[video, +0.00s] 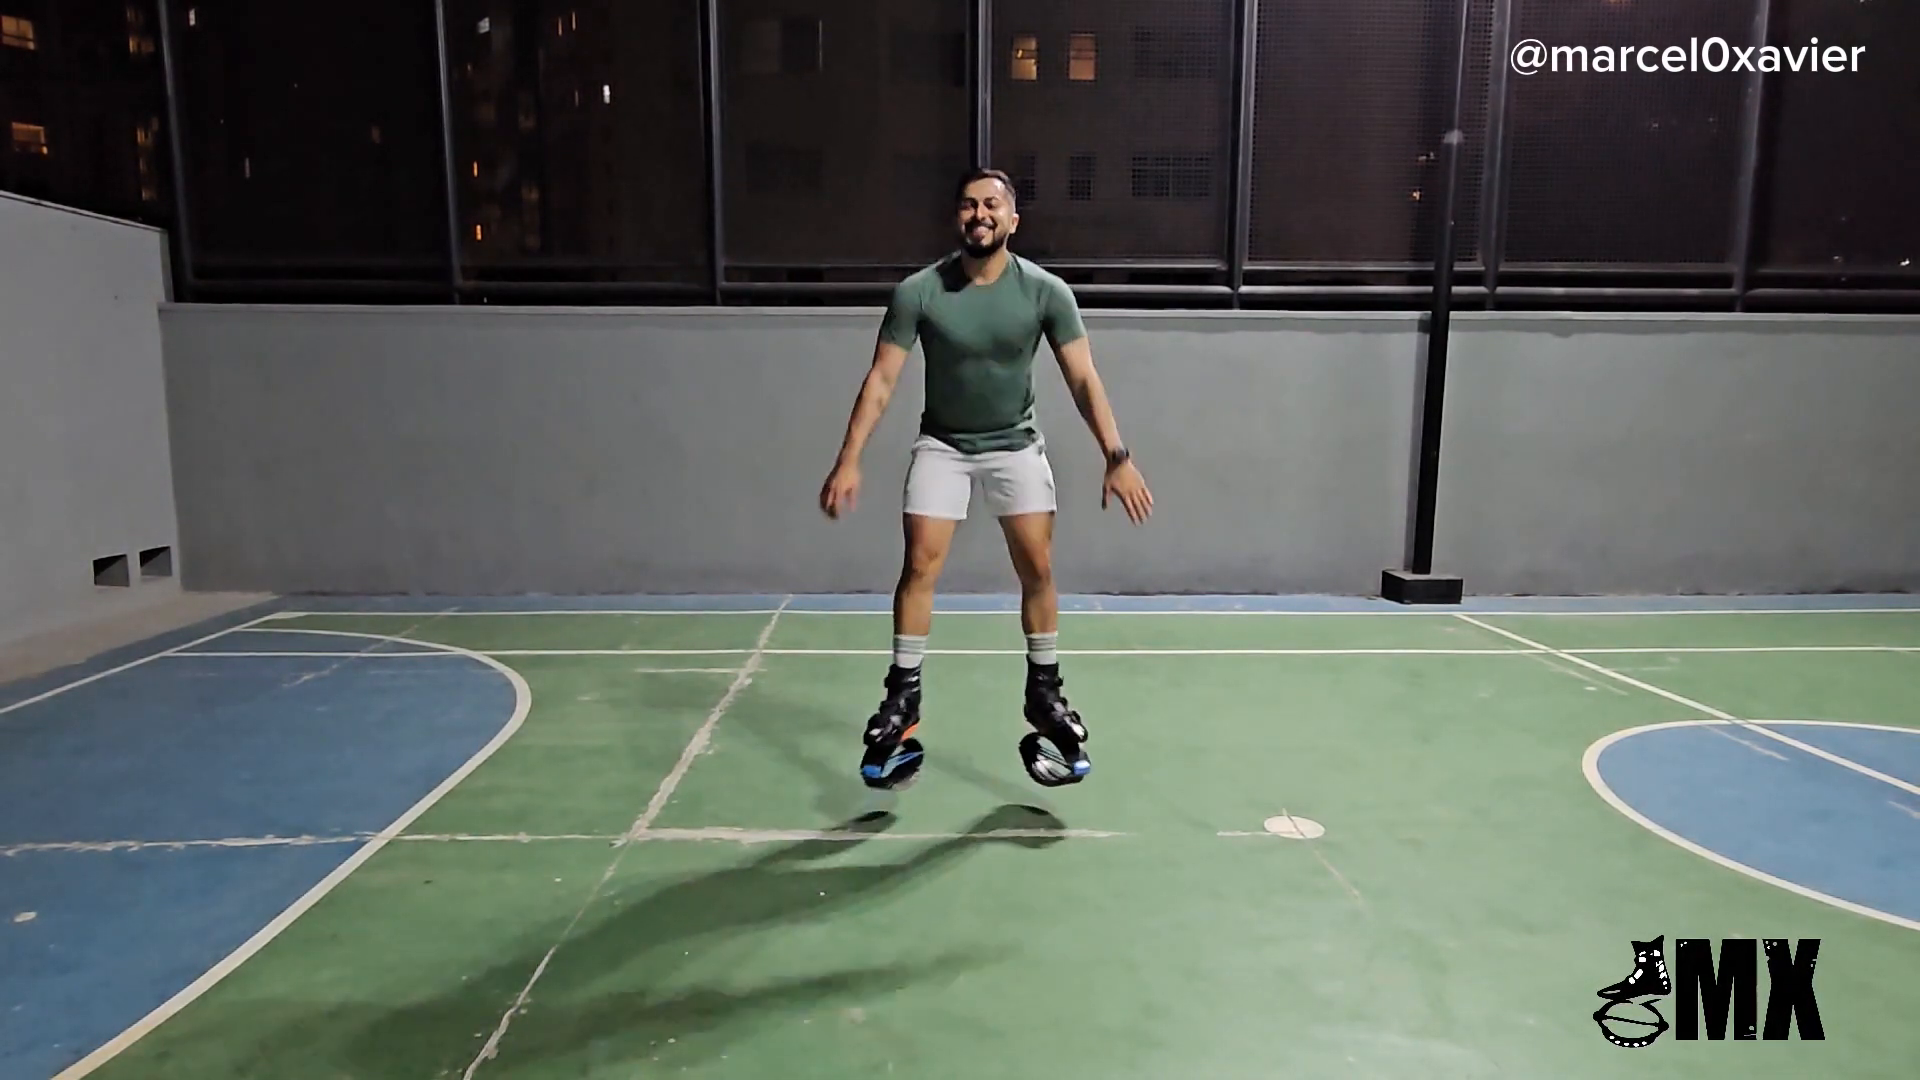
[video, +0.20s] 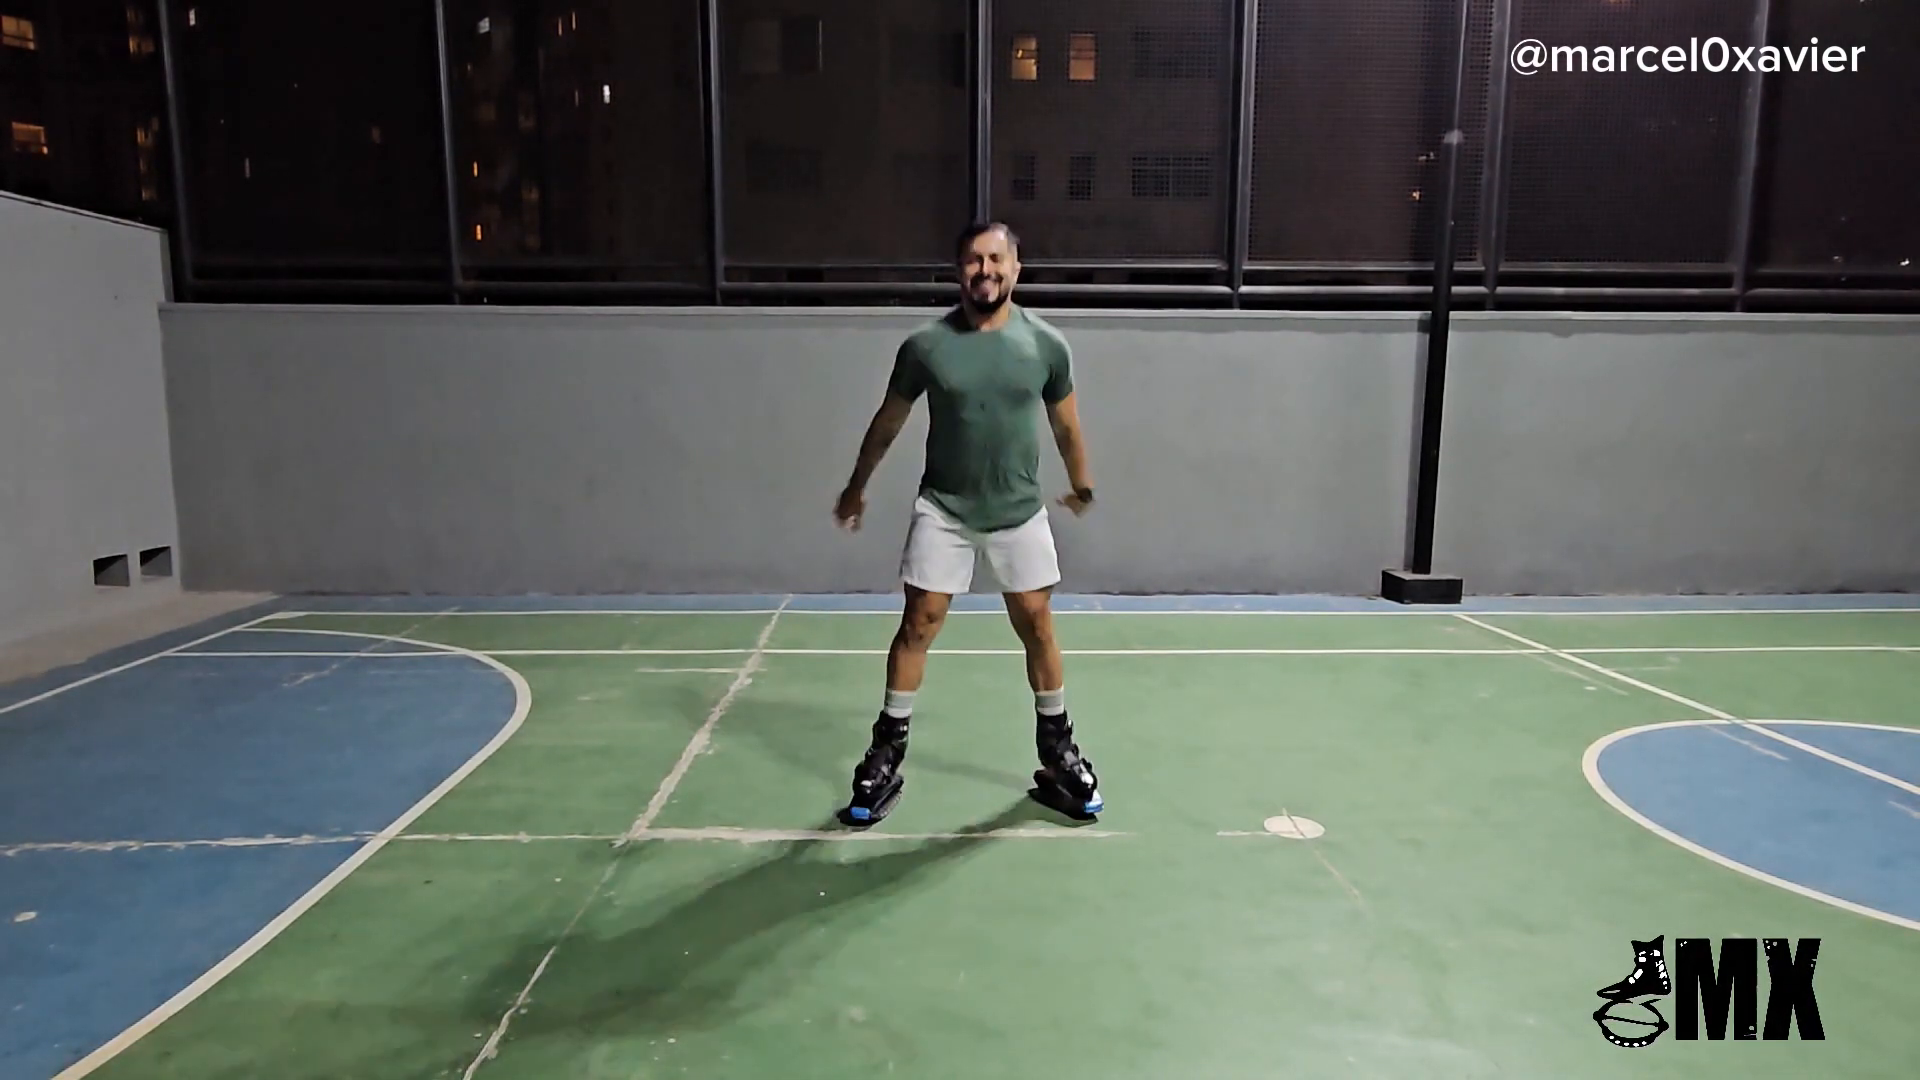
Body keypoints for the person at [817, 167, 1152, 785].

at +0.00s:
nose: (979, 213)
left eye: (991, 204)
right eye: (969, 204)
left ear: (1014, 218)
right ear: (956, 218)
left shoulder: (1045, 292)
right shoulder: (918, 293)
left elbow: (1084, 381)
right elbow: (880, 383)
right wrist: (848, 461)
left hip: (1016, 447)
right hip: (941, 447)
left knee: (1037, 567)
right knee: (920, 563)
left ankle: (1044, 693)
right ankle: (902, 697)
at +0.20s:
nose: (984, 269)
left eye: (995, 259)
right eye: (974, 259)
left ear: (1016, 269)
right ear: (959, 270)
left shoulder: (1046, 346)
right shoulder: (925, 347)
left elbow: (1066, 426)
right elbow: (886, 425)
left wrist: (1082, 486)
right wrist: (855, 488)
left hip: (1019, 512)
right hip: (943, 510)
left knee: (1035, 620)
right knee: (920, 623)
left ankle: (1058, 754)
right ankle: (885, 756)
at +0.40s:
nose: (991, 197)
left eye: (1002, 188)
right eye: (979, 189)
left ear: (1022, 205)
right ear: (963, 205)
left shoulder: (1050, 283)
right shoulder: (925, 278)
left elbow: (1062, 375)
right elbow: (900, 371)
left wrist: (1065, 450)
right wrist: (886, 446)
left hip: (1020, 447)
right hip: (940, 446)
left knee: (1043, 566)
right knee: (916, 564)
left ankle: (1059, 692)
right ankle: (888, 697)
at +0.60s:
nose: (985, 262)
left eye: (996, 251)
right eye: (974, 253)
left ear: (1015, 267)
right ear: (960, 270)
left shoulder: (1046, 346)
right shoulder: (923, 346)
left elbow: (1112, 413)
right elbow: (859, 410)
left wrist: (1186, 423)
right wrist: (784, 415)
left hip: (1018, 508)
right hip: (940, 507)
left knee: (1042, 625)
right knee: (917, 626)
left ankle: (1061, 759)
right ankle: (884, 763)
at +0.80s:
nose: (985, 199)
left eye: (996, 189)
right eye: (973, 190)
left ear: (1016, 205)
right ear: (956, 207)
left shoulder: (1050, 281)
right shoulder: (921, 281)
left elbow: (1101, 362)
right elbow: (874, 363)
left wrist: (1157, 387)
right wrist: (825, 405)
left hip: (1018, 455)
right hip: (942, 455)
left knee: (1035, 579)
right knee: (924, 581)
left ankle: (1052, 717)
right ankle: (899, 724)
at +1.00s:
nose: (990, 224)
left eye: (998, 213)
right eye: (976, 215)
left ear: (1014, 227)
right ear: (957, 232)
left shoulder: (1048, 306)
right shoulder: (924, 308)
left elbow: (1049, 390)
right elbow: (926, 401)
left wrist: (959, 390)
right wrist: (1014, 433)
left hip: (1020, 471)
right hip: (948, 472)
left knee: (1017, 601)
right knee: (950, 604)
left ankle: (1013, 738)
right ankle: (945, 744)